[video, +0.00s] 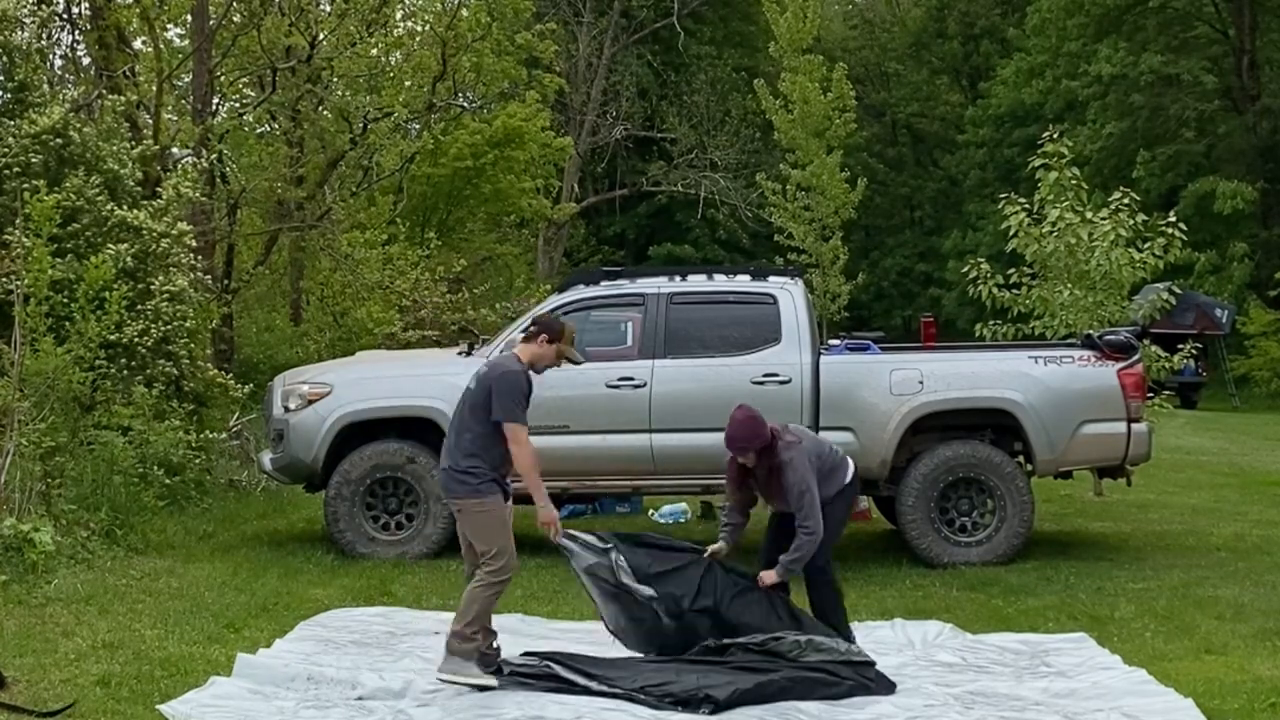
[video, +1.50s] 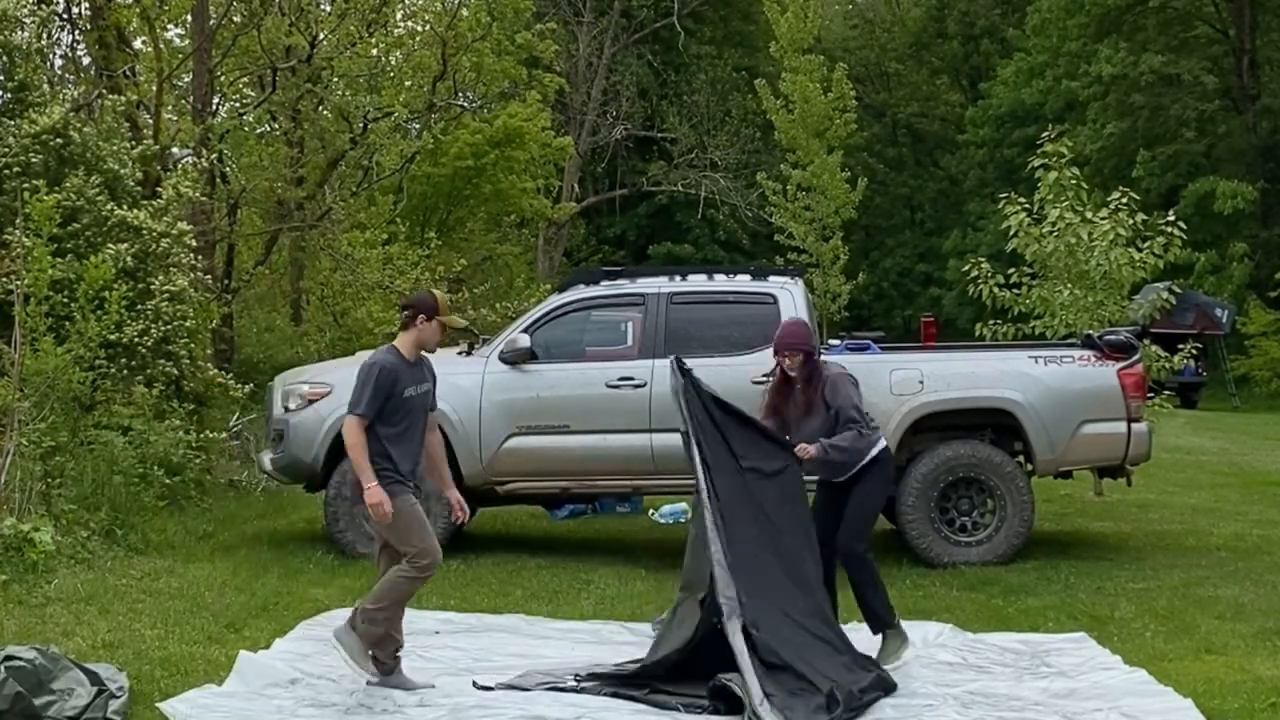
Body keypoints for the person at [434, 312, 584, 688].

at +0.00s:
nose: (556, 363)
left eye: (560, 358)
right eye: (558, 355)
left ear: (539, 340)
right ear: (542, 342)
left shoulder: (504, 368)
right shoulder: (511, 373)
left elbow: (509, 441)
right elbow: (518, 442)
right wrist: (544, 503)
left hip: (469, 481)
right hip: (475, 483)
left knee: (479, 568)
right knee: (499, 564)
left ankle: (482, 654)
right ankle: (459, 657)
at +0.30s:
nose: (593, 508)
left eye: (597, 503)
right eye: (595, 500)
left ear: (579, 484)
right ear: (581, 485)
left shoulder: (551, 506)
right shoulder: (535, 490)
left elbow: (548, 576)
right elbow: (502, 555)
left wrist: (554, 641)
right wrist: (503, 613)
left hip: (466, 515)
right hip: (433, 510)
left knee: (513, 576)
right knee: (482, 583)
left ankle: (490, 668)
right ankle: (465, 682)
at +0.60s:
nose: (509, 345)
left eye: (508, 338)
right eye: (504, 338)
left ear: (477, 337)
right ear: (483, 337)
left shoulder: (450, 368)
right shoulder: (475, 379)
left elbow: (448, 429)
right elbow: (500, 451)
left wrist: (481, 459)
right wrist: (550, 485)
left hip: (409, 484)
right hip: (429, 492)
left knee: (433, 573)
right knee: (464, 586)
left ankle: (370, 633)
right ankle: (466, 683)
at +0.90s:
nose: (331, 325)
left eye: (339, 318)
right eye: (325, 317)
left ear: (355, 320)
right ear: (317, 318)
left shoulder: (370, 362)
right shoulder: (303, 362)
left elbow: (385, 414)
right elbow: (295, 422)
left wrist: (379, 420)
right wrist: (349, 417)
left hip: (342, 477)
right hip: (299, 476)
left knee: (339, 572)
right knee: (315, 564)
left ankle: (328, 667)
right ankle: (255, 641)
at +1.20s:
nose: (305, 329)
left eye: (306, 322)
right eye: (299, 321)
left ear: (287, 317)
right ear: (275, 316)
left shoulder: (305, 357)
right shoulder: (233, 364)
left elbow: (316, 416)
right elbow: (181, 410)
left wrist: (325, 474)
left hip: (305, 482)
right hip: (254, 487)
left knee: (343, 555)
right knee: (243, 578)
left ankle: (336, 647)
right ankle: (225, 669)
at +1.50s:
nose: (444, 335)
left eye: (445, 327)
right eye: (441, 326)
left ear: (422, 324)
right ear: (420, 322)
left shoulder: (425, 368)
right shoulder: (380, 365)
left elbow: (429, 432)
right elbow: (352, 426)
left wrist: (449, 489)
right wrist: (370, 484)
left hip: (405, 486)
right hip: (382, 487)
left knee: (393, 571)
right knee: (425, 558)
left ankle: (386, 666)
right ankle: (358, 628)